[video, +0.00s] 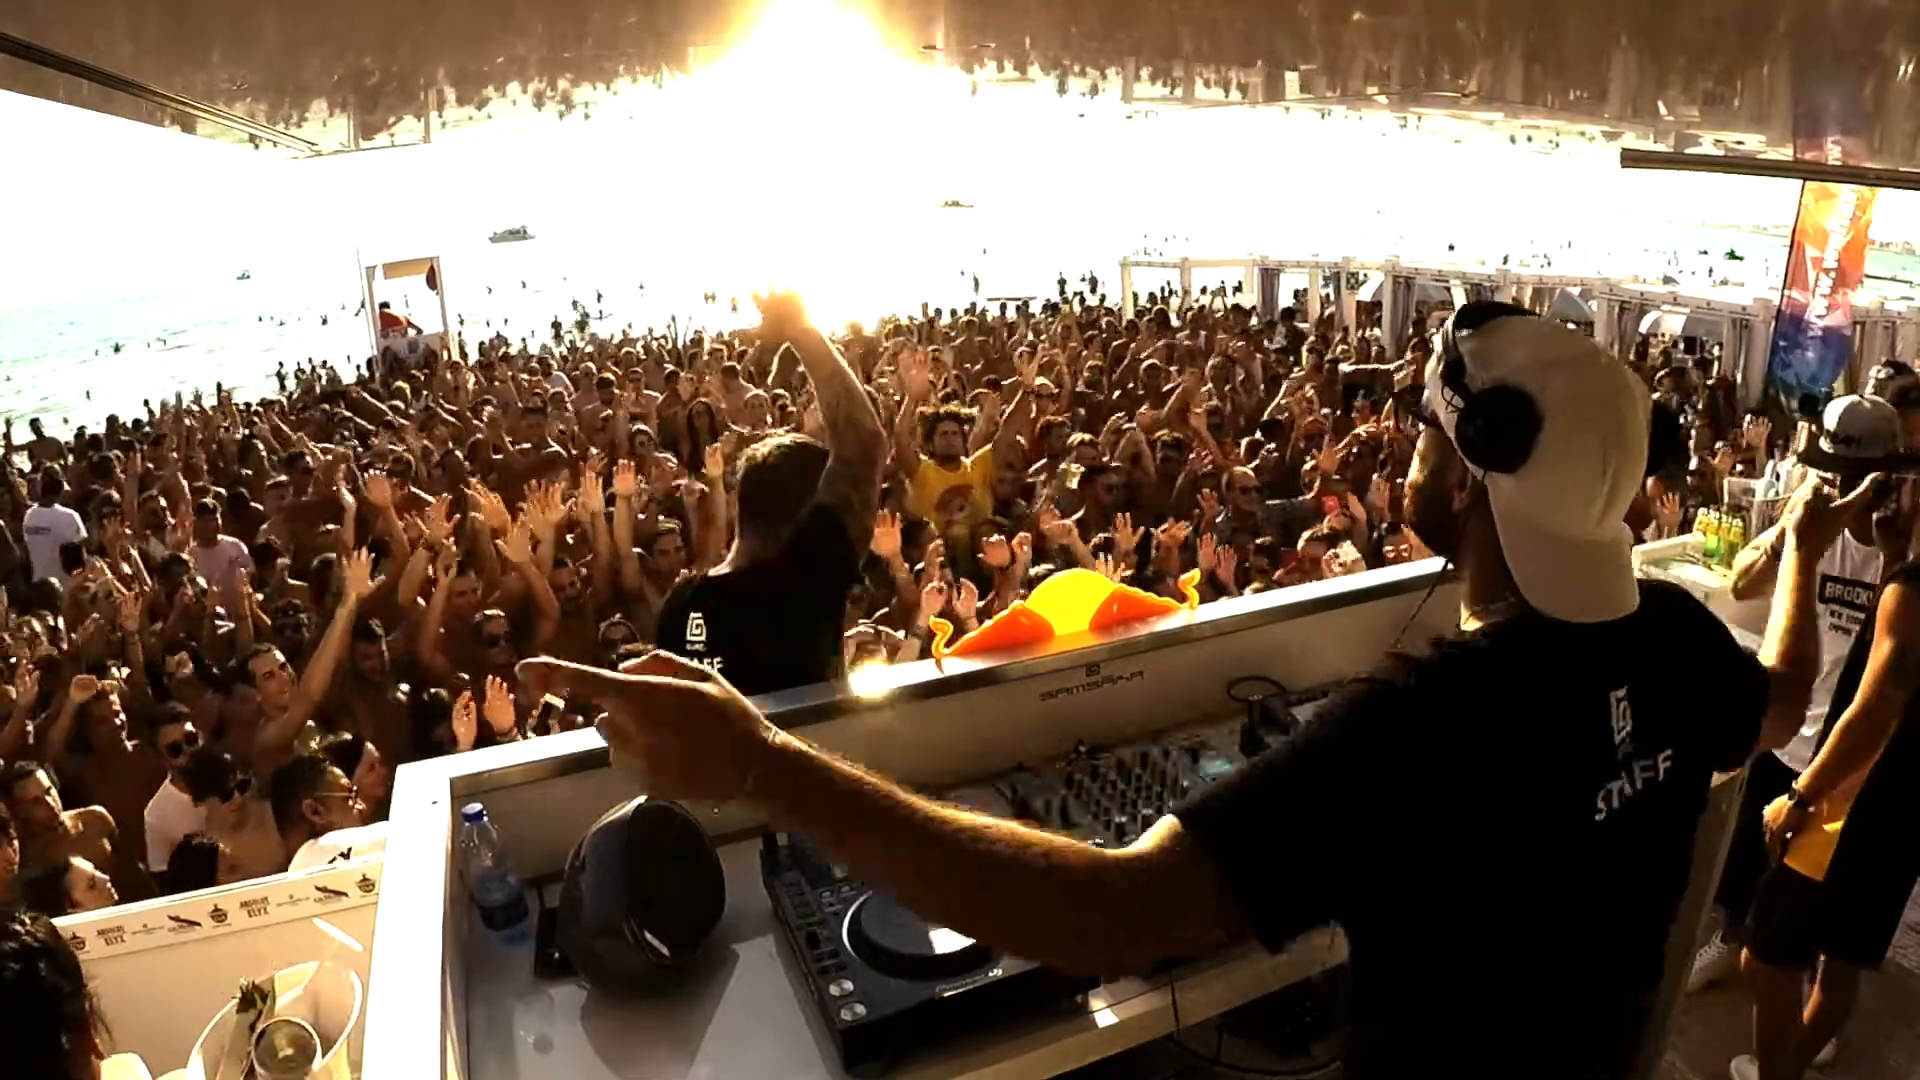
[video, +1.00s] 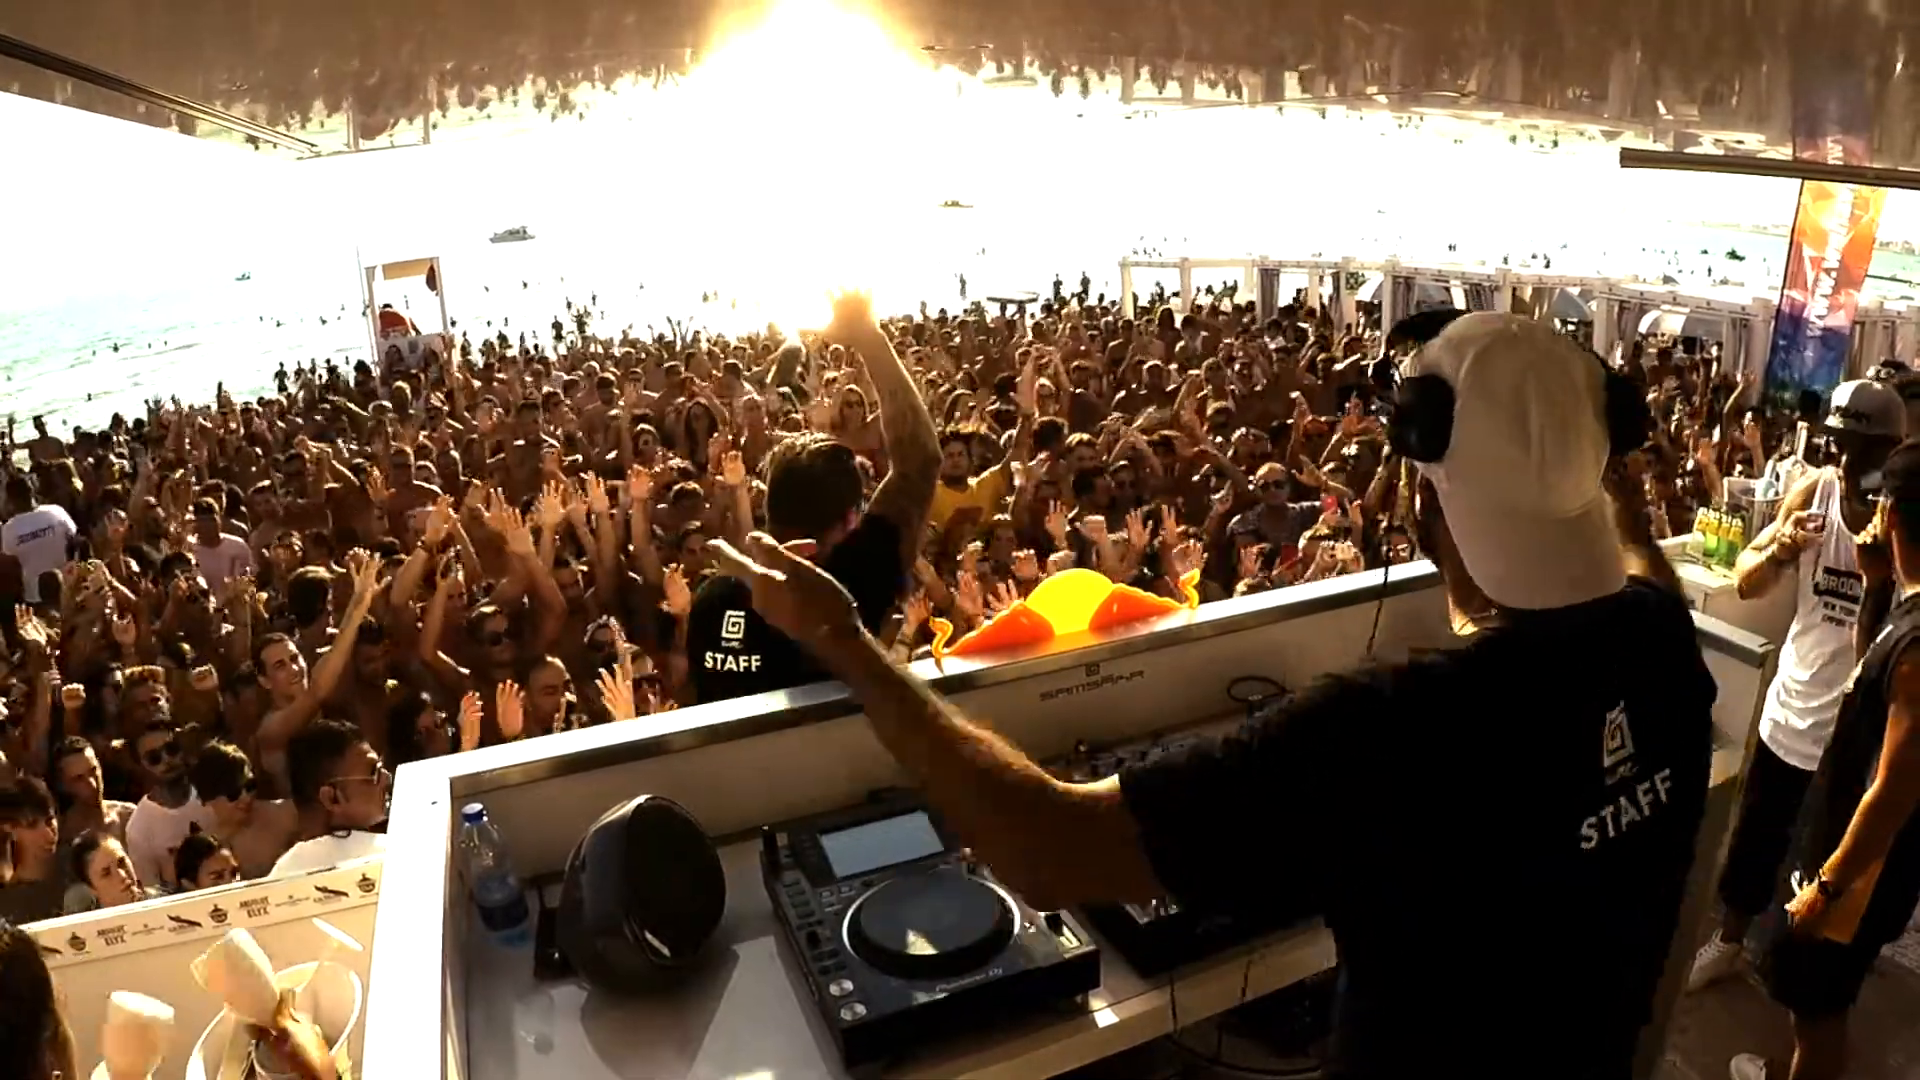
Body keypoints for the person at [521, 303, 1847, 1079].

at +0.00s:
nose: (1415, 476)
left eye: (1437, 443)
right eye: (1434, 436)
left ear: (1476, 487)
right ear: (1624, 489)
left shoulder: (1419, 730)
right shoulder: (1683, 653)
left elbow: (1117, 916)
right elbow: (1771, 711)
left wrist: (766, 769)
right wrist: (1789, 546)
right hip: (1598, 1074)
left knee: (1108, 1068)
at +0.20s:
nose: (1410, 461)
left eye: (1424, 436)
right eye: (1419, 432)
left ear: (1469, 486)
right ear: (1620, 478)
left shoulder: (1390, 741)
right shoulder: (1698, 664)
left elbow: (1032, 838)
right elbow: (1636, 577)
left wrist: (782, 619)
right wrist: (1617, 450)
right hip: (1595, 1066)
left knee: (1121, 1054)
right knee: (1206, 1031)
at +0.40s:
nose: (1370, 488)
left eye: (1385, 458)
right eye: (1380, 451)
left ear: (1418, 495)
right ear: (1568, 488)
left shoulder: (1373, 746)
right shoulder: (1664, 669)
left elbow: (1073, 995)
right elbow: (1796, 764)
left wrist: (686, 909)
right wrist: (1885, 592)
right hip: (1563, 1063)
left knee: (899, 942)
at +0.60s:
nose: (1424, 490)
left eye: (1433, 460)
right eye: (1432, 456)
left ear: (1465, 500)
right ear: (1620, 488)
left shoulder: (1408, 731)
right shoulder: (1688, 657)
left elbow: (1053, 790)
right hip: (1604, 1061)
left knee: (1097, 1059)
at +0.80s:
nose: (1378, 515)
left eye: (1389, 482)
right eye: (1381, 478)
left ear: (1433, 503)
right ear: (1564, 497)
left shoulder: (1395, 757)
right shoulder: (1661, 671)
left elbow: (1140, 1000)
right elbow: (1790, 752)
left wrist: (743, 964)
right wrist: (1838, 591)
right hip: (1571, 1054)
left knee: (862, 960)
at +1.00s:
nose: (1414, 492)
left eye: (1416, 460)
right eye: (1414, 460)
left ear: (1444, 489)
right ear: (1597, 473)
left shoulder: (1391, 734)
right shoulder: (1663, 644)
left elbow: (1053, 851)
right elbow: (1607, 548)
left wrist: (846, 650)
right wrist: (1556, 444)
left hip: (1421, 1077)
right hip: (1601, 1054)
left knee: (1128, 1064)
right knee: (1219, 1021)